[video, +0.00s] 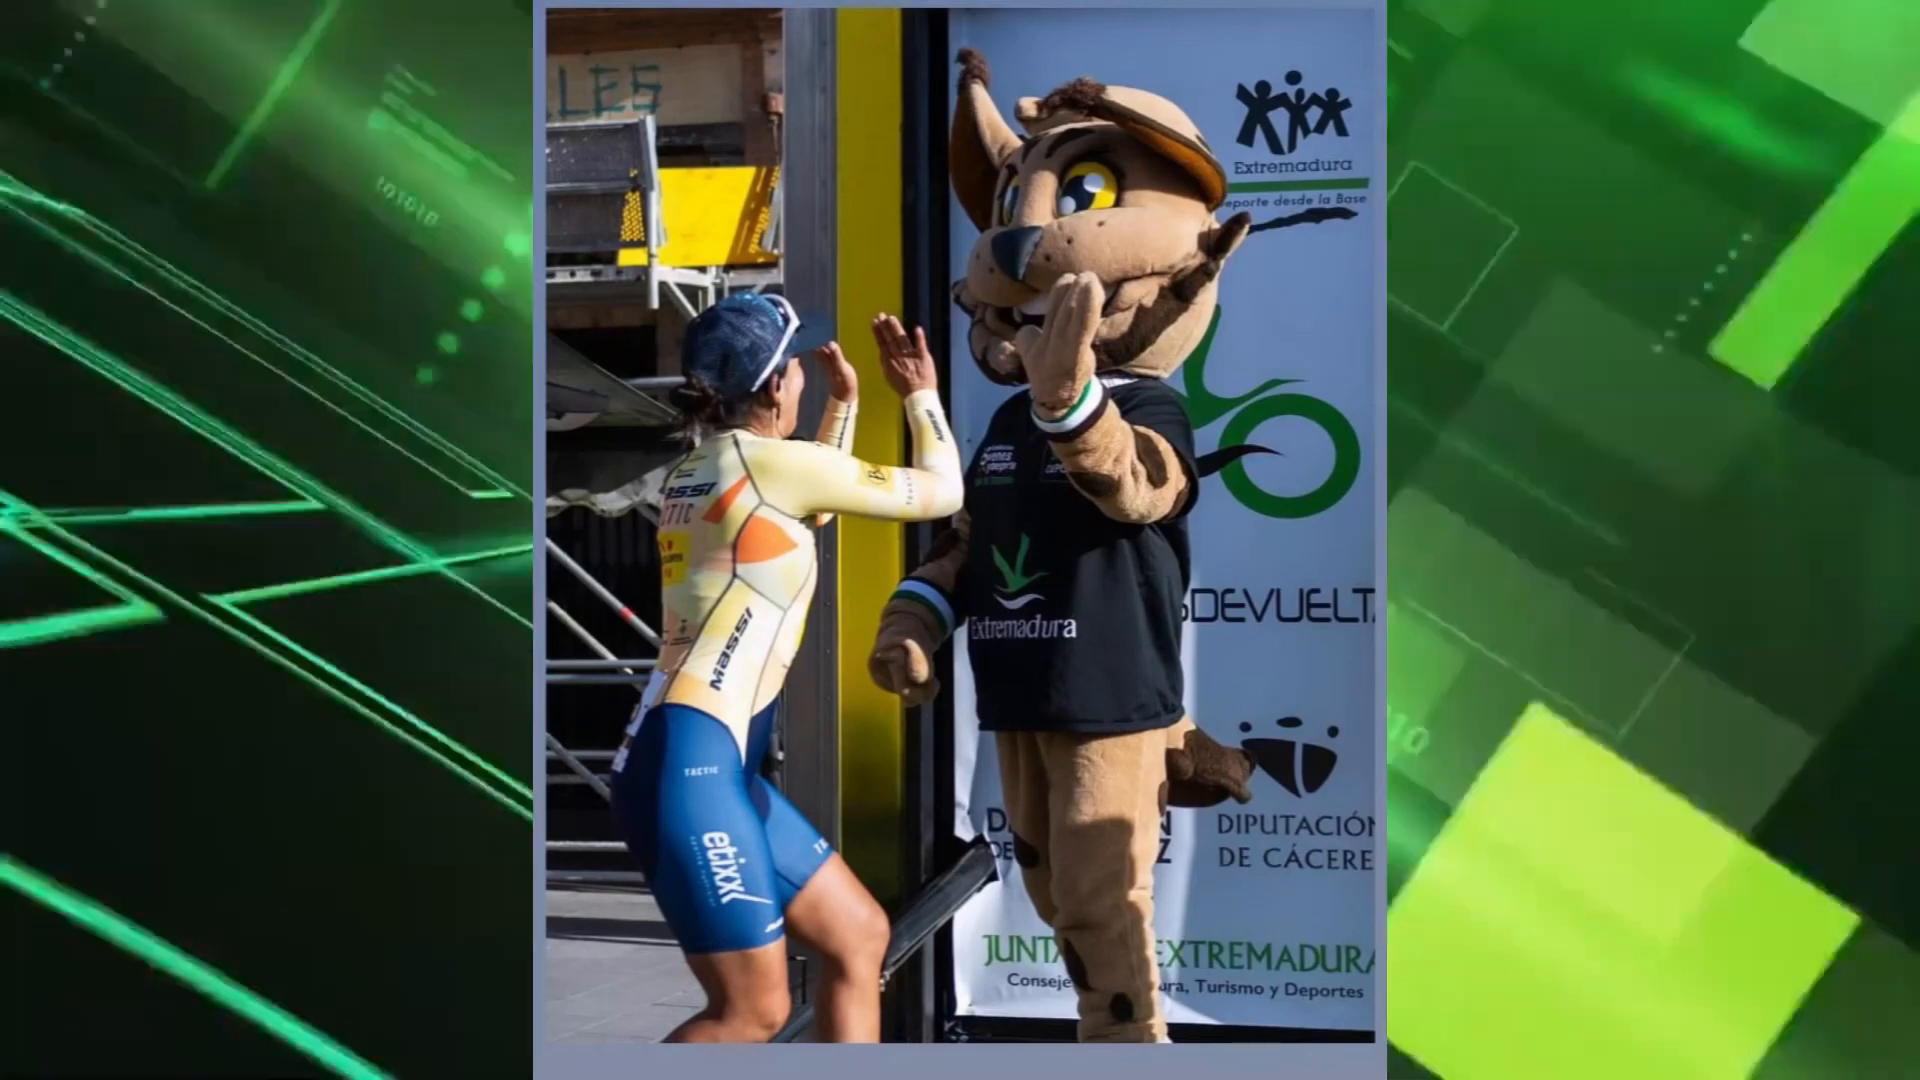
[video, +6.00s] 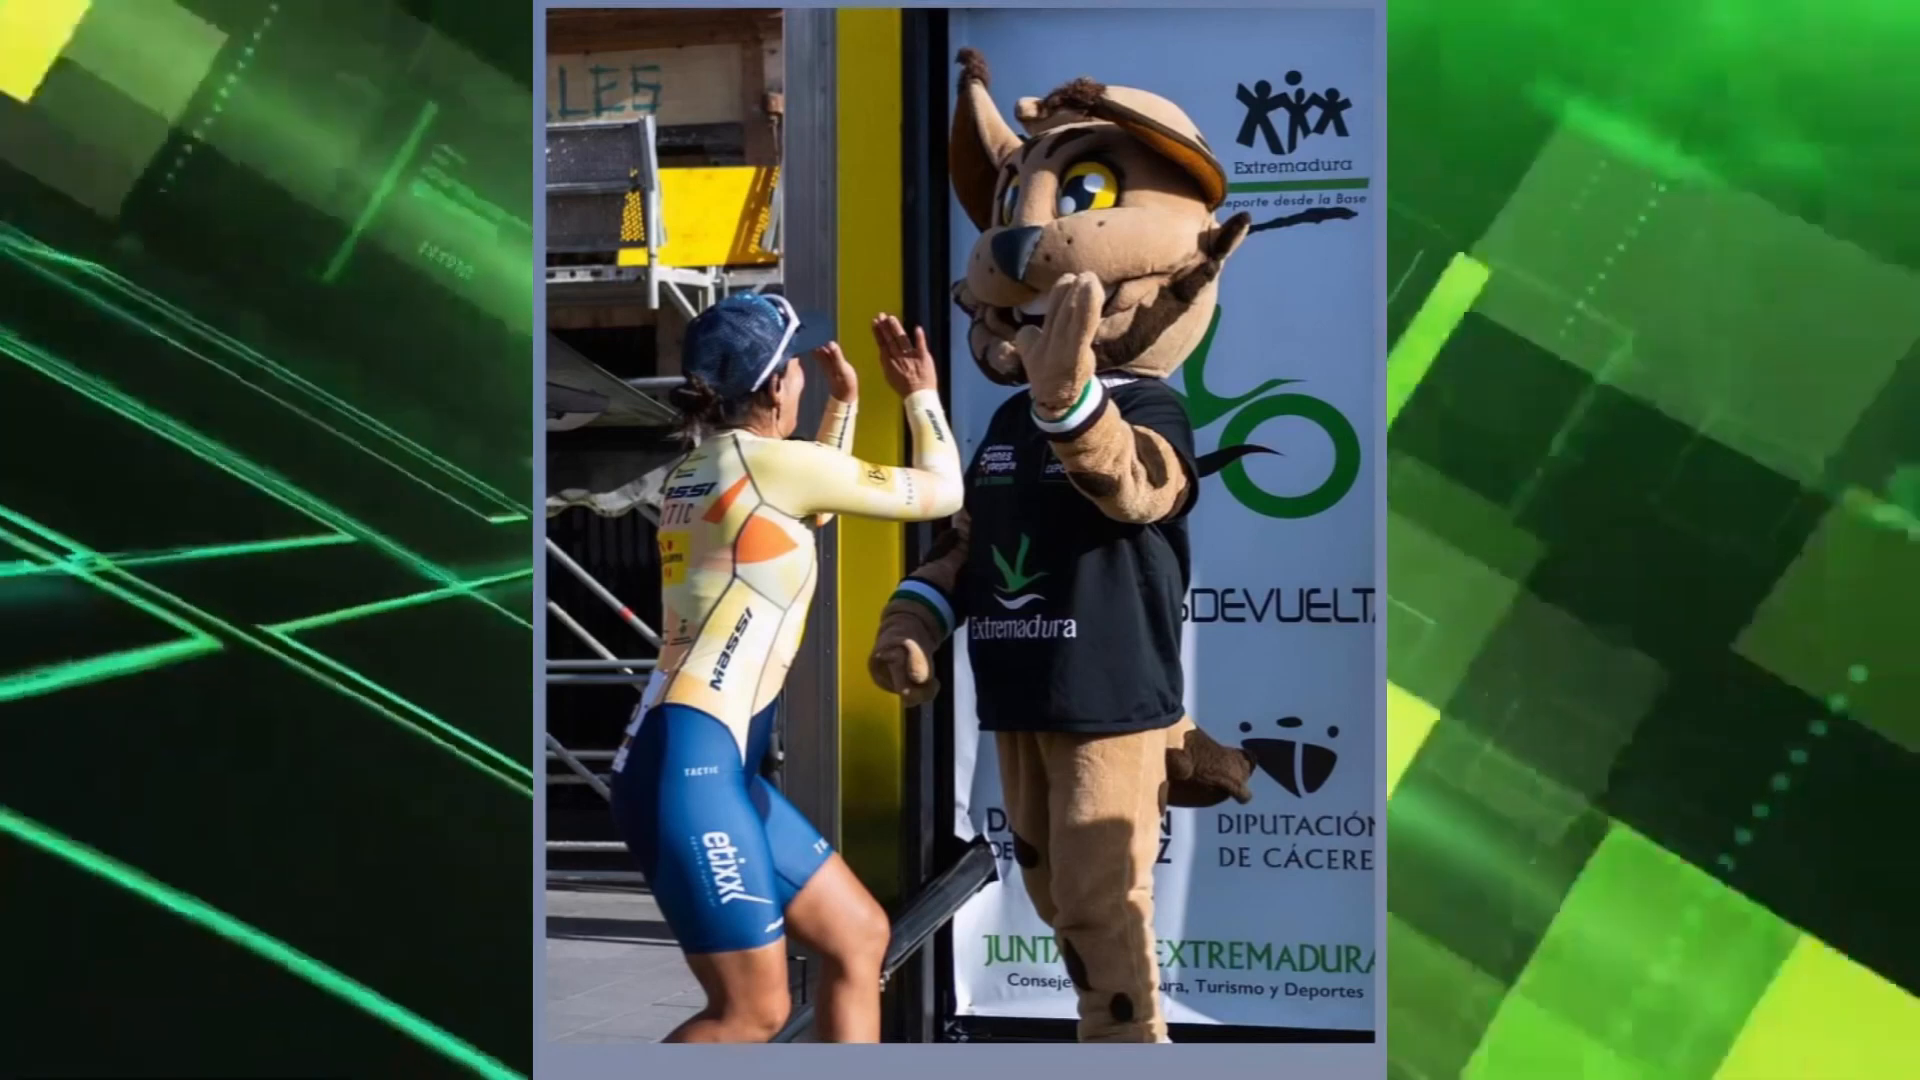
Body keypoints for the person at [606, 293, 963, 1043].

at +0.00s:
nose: (803, 377)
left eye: (799, 362)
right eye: (796, 364)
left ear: (713, 387)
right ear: (777, 380)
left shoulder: (694, 471)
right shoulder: (780, 465)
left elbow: (799, 495)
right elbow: (938, 492)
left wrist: (840, 413)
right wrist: (924, 396)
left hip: (714, 769)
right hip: (686, 774)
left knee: (860, 934)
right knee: (754, 1010)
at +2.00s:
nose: (803, 377)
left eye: (800, 363)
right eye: (796, 364)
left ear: (715, 387)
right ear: (776, 380)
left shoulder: (693, 471)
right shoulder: (777, 464)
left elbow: (800, 496)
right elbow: (939, 492)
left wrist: (841, 411)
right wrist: (924, 395)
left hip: (714, 770)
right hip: (686, 774)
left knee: (860, 934)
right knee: (753, 1010)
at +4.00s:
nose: (803, 377)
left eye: (799, 362)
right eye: (796, 364)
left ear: (714, 387)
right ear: (777, 380)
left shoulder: (694, 471)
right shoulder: (781, 465)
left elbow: (798, 493)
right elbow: (938, 492)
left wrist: (841, 411)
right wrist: (924, 395)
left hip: (714, 769)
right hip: (686, 774)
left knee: (860, 934)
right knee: (754, 1010)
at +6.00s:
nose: (803, 377)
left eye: (800, 363)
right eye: (796, 364)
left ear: (714, 387)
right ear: (777, 381)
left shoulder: (695, 471)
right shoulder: (780, 465)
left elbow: (801, 494)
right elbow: (938, 492)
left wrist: (841, 410)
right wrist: (924, 395)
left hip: (714, 769)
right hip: (686, 774)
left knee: (860, 933)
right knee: (754, 1009)